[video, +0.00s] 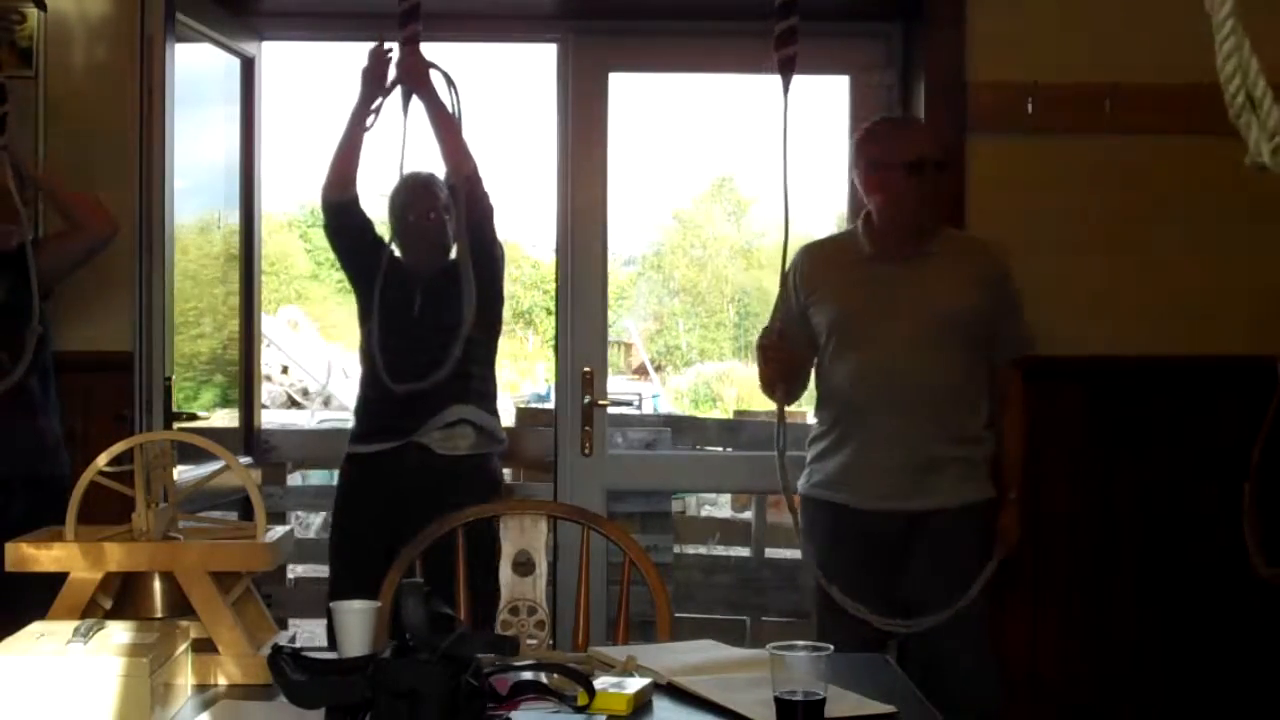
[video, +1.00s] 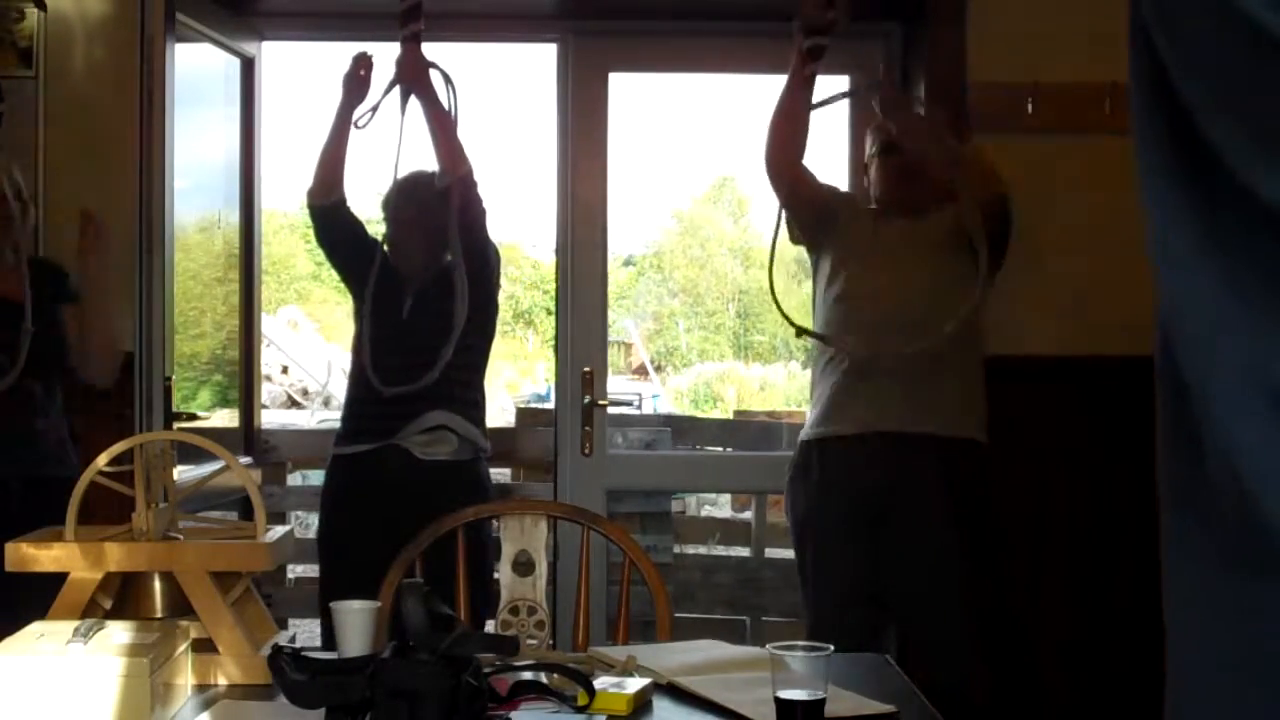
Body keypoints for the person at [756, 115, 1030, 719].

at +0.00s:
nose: (917, 180)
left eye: (924, 167)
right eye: (897, 168)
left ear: (936, 176)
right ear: (860, 179)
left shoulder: (979, 265)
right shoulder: (816, 264)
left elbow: (1010, 388)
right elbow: (784, 390)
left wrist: (1012, 499)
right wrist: (773, 361)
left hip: (954, 507)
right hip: (844, 506)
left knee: (954, 678)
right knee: (852, 676)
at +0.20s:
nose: (966, 176)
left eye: (966, 164)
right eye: (949, 165)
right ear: (894, 179)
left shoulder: (1000, 265)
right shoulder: (834, 259)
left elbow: (1031, 388)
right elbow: (763, 353)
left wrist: (1040, 496)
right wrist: (789, 280)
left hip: (970, 508)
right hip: (859, 506)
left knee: (969, 685)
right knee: (862, 681)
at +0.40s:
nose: (967, 173)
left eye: (973, 159)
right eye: (948, 160)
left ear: (983, 167)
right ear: (904, 173)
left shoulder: (1012, 261)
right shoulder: (855, 244)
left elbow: (1049, 391)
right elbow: (749, 246)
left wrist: (1051, 503)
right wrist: (799, 145)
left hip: (979, 506)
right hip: (870, 506)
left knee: (976, 683)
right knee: (869, 680)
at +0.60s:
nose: (952, 167)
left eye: (963, 154)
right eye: (934, 152)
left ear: (975, 168)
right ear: (899, 168)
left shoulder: (1016, 265)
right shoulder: (864, 242)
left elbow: (1045, 384)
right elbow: (771, 172)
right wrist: (812, 60)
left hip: (981, 504)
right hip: (867, 499)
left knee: (983, 677)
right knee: (871, 672)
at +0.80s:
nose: (929, 165)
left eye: (944, 154)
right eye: (912, 153)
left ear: (963, 169)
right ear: (884, 172)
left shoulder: (994, 259)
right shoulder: (851, 239)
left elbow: (1025, 365)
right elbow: (780, 163)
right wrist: (812, 56)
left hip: (957, 490)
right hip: (855, 486)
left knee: (961, 667)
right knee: (862, 665)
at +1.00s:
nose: (883, 158)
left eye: (901, 148)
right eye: (876, 148)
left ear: (937, 166)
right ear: (865, 167)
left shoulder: (965, 232)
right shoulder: (837, 222)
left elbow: (983, 182)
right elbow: (783, 162)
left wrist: (906, 120)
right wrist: (803, 67)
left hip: (940, 448)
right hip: (838, 449)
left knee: (942, 629)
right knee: (844, 632)